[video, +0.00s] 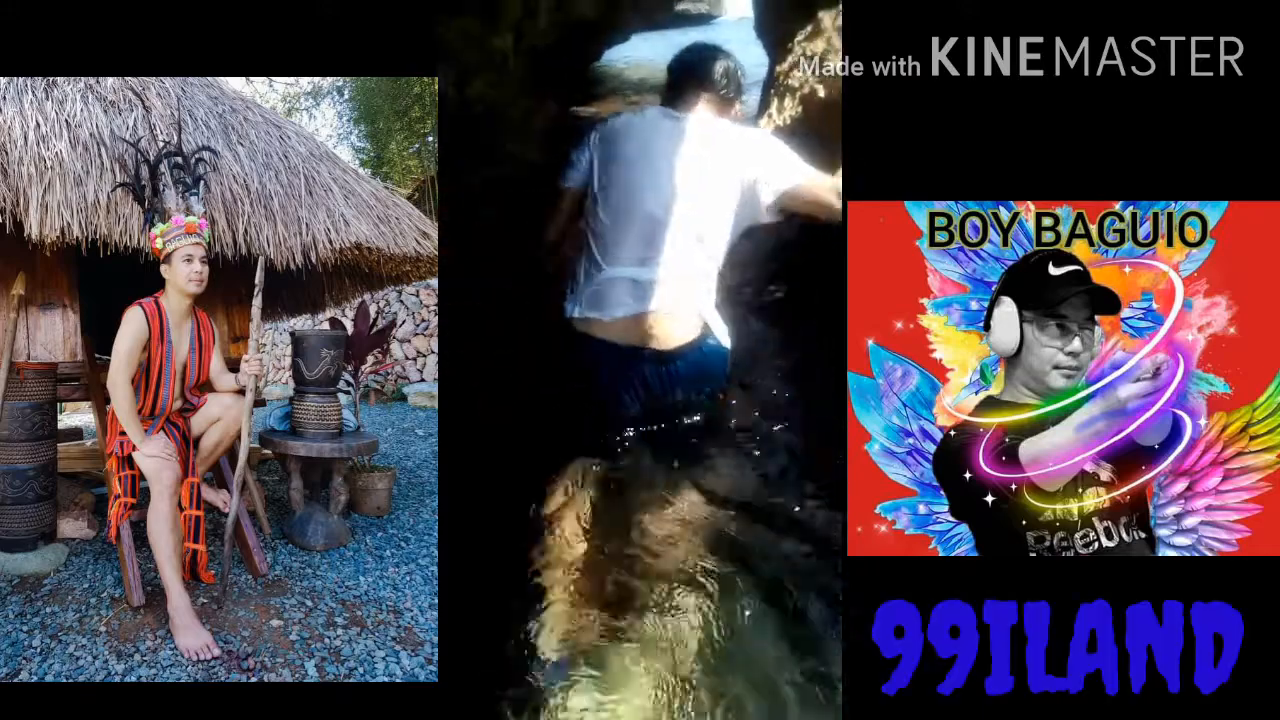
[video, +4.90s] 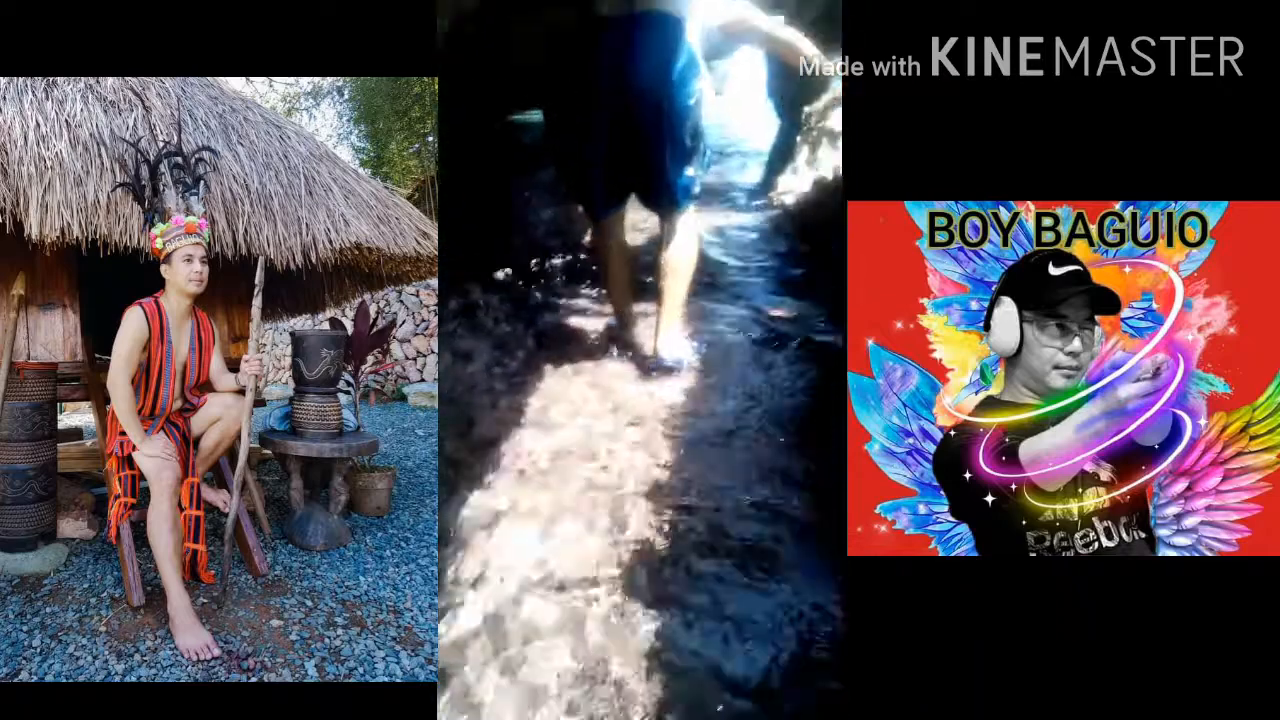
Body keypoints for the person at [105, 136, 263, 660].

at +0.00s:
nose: (198, 268)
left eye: (203, 260)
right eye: (187, 261)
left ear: (207, 266)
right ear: (164, 267)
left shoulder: (206, 323)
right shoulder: (142, 316)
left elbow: (221, 382)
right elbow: (117, 380)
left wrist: (244, 380)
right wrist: (138, 439)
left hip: (180, 420)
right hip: (140, 424)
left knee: (238, 406)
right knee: (169, 477)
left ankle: (191, 478)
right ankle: (179, 607)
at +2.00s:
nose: (198, 268)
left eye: (203, 260)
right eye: (187, 261)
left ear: (207, 267)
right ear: (164, 267)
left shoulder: (205, 323)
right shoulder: (142, 316)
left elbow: (220, 381)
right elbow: (117, 380)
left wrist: (244, 380)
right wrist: (139, 440)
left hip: (180, 419)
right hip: (141, 425)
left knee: (238, 407)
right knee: (169, 477)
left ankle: (191, 478)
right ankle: (179, 607)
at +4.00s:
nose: (198, 268)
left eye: (203, 260)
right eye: (187, 260)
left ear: (208, 267)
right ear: (165, 267)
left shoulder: (206, 324)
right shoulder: (142, 316)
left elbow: (220, 381)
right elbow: (117, 380)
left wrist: (243, 381)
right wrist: (138, 440)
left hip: (180, 419)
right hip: (140, 424)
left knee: (236, 407)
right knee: (169, 476)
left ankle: (191, 478)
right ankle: (179, 605)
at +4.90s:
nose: (199, 268)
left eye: (203, 260)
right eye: (188, 260)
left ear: (207, 266)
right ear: (164, 267)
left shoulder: (206, 323)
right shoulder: (142, 316)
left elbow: (220, 382)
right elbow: (117, 380)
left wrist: (243, 381)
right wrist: (138, 440)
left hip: (181, 419)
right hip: (140, 425)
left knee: (238, 407)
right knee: (168, 477)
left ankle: (191, 479)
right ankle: (179, 607)